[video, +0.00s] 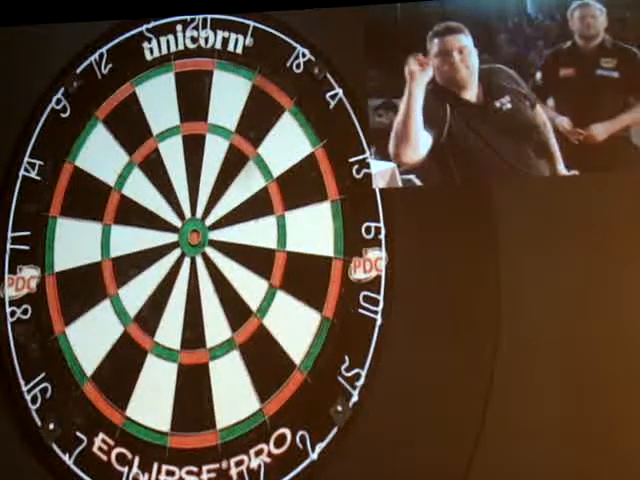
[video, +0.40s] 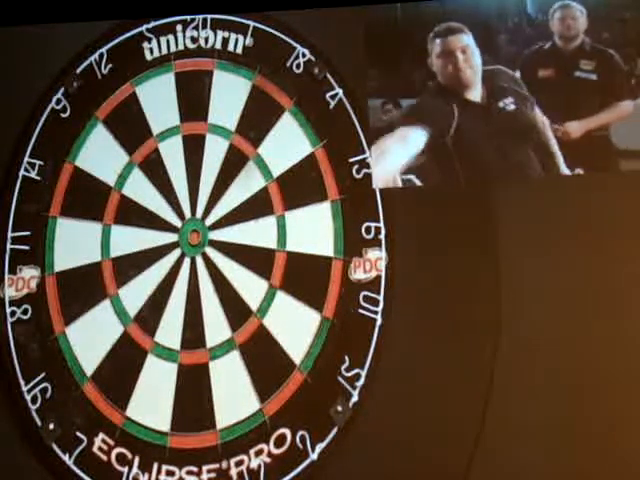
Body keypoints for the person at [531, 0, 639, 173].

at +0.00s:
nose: (588, 22)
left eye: (593, 17)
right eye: (581, 17)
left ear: (605, 21)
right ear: (570, 23)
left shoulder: (628, 57)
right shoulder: (555, 59)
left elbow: (637, 107)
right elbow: (534, 99)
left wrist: (607, 128)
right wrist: (556, 120)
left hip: (615, 154)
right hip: (567, 155)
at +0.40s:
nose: (568, 23)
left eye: (574, 18)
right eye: (562, 19)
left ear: (585, 23)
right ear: (551, 24)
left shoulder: (605, 60)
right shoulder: (532, 59)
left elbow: (626, 105)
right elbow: (519, 103)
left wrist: (582, 126)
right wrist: (544, 126)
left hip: (594, 156)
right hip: (545, 154)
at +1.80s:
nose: (577, 24)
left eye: (585, 20)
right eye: (574, 19)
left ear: (607, 24)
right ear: (569, 23)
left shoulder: (630, 61)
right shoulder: (556, 60)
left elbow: (637, 111)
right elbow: (536, 99)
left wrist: (607, 123)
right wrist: (547, 114)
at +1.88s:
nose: (575, 24)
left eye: (584, 19)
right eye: (574, 19)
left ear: (607, 24)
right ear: (570, 22)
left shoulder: (631, 60)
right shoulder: (558, 60)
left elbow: (637, 112)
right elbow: (542, 101)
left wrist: (611, 126)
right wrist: (554, 117)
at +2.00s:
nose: (571, 24)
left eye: (580, 19)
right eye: (572, 19)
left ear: (606, 24)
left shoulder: (631, 61)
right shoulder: (564, 59)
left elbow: (638, 121)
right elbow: (530, 95)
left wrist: (623, 144)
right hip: (571, 163)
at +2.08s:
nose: (570, 25)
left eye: (579, 19)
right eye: (571, 19)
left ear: (606, 24)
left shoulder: (632, 61)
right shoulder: (563, 59)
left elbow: (636, 114)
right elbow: (528, 94)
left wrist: (630, 148)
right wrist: (541, 74)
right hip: (571, 163)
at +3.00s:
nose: (590, 30)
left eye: (596, 23)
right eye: (585, 25)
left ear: (616, 24)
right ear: (579, 30)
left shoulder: (633, 60)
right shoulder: (569, 61)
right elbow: (531, 91)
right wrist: (549, 82)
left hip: (625, 159)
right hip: (578, 160)